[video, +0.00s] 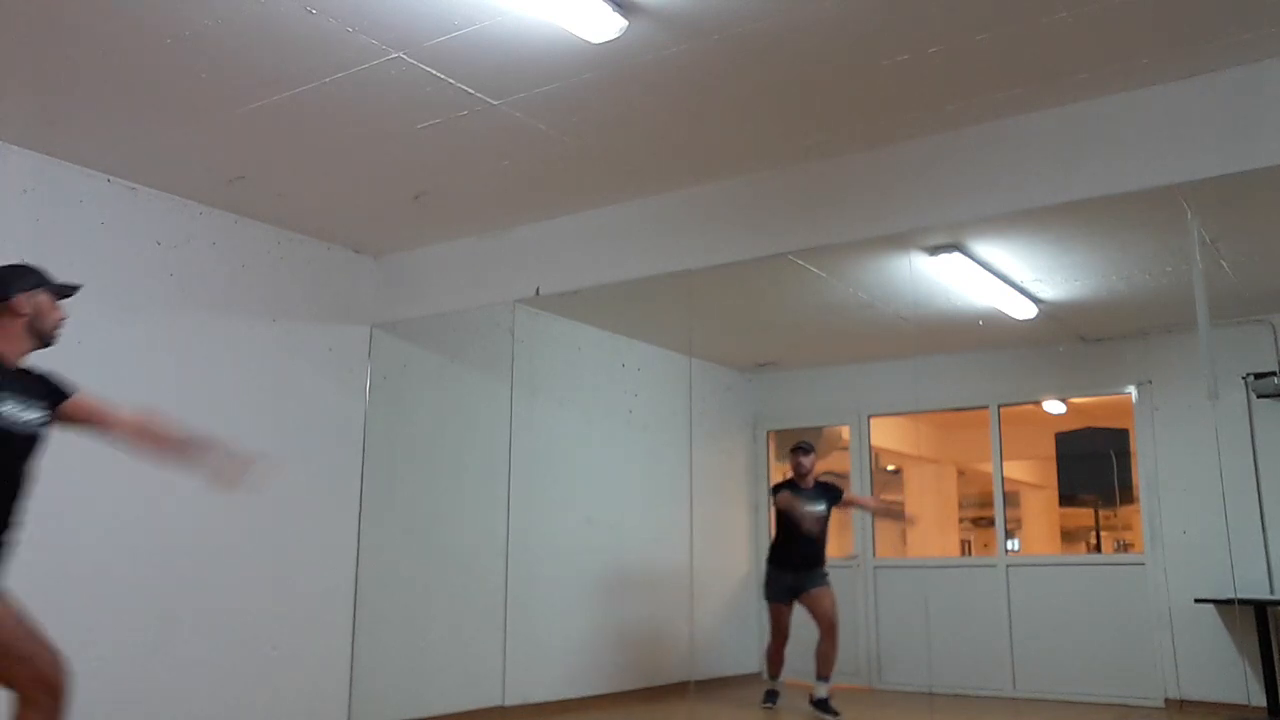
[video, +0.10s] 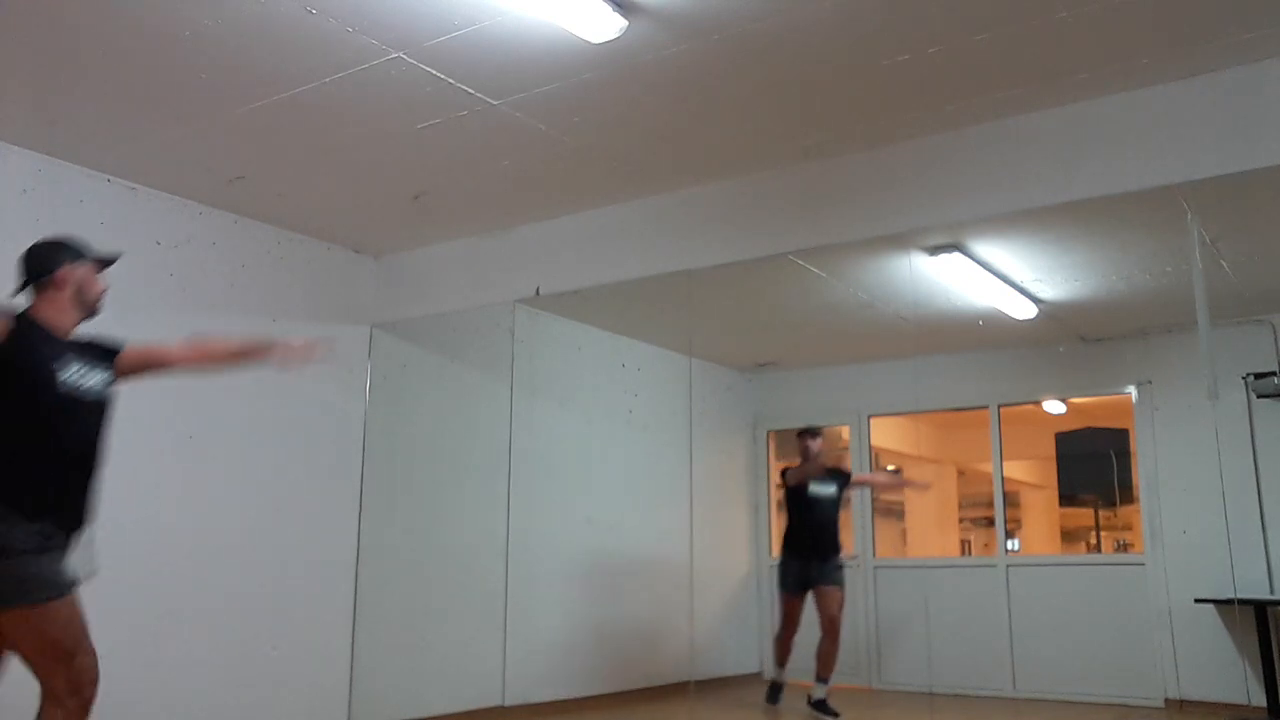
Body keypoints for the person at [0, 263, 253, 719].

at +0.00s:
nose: (61, 311)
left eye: (59, 301)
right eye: (52, 301)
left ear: (21, 308)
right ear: (18, 305)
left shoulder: (35, 389)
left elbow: (124, 424)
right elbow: (122, 424)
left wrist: (207, 454)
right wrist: (207, 454)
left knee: (42, 680)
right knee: (43, 678)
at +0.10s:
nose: (104, 281)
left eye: (100, 272)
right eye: (95, 272)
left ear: (66, 280)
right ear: (64, 278)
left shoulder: (92, 356)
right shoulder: (15, 339)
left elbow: (183, 354)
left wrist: (271, 350)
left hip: (38, 545)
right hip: (13, 545)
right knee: (73, 682)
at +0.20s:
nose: (152, 242)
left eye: (149, 233)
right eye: (143, 232)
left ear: (117, 241)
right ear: (112, 238)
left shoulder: (145, 315)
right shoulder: (66, 290)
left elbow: (227, 301)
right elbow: (19, 258)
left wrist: (308, 283)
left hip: (91, 498)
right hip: (65, 494)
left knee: (34, 652)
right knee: (68, 661)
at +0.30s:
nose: (202, 230)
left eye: (198, 219)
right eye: (193, 218)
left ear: (164, 229)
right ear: (164, 224)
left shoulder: (195, 301)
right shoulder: (121, 276)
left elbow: (274, 282)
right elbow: (81, 242)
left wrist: (348, 260)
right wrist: (48, 208)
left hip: (140, 483)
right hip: (109, 478)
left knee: (99, 642)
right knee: (117, 643)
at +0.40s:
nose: (250, 249)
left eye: (246, 240)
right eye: (241, 238)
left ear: (215, 247)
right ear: (213, 242)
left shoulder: (242, 323)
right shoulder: (170, 295)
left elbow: (320, 305)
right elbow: (139, 265)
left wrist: (400, 284)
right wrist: (120, 233)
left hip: (174, 509)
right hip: (144, 504)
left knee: (130, 667)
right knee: (209, 656)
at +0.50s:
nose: (296, 287)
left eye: (294, 278)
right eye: (288, 275)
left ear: (264, 283)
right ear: (258, 278)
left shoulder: (283, 365)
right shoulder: (212, 341)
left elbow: (365, 368)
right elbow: (208, 322)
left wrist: (451, 359)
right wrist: (218, 284)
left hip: (223, 548)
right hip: (193, 543)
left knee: (140, 700)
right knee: (288, 671)